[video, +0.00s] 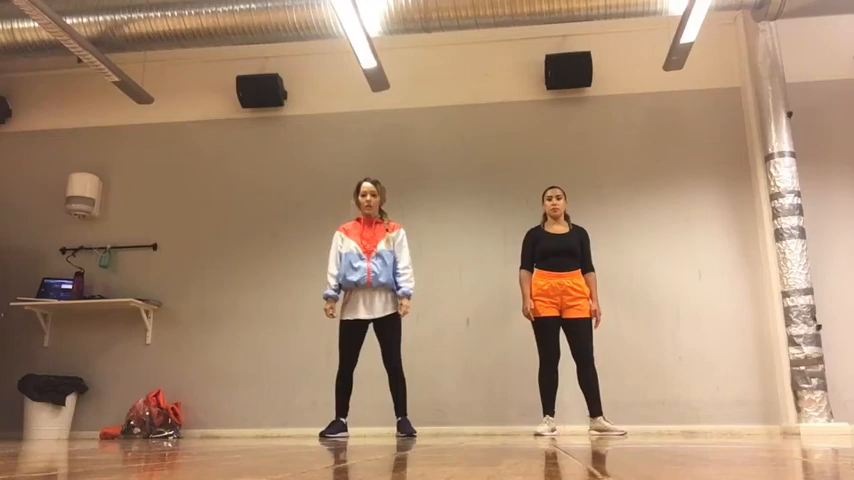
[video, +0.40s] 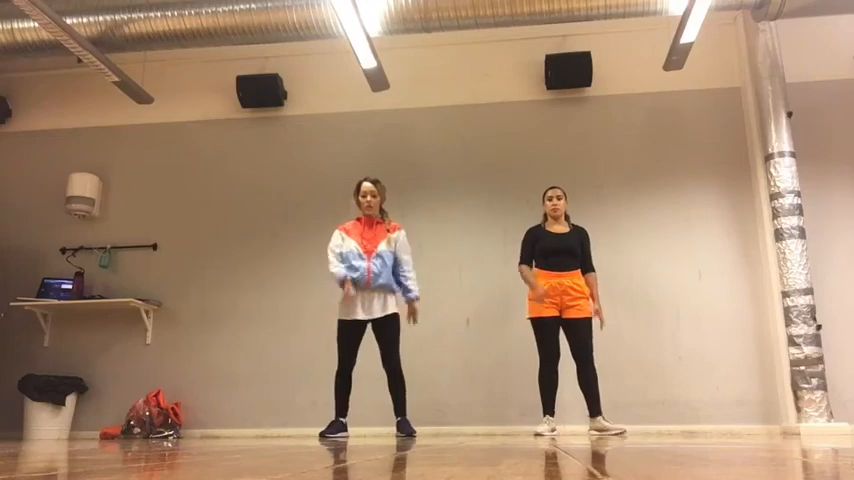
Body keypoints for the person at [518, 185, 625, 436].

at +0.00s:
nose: (554, 202)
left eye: (558, 198)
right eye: (549, 199)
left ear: (566, 203)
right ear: (543, 205)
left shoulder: (579, 233)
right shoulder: (533, 235)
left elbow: (588, 269)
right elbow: (526, 269)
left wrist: (595, 300)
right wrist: (527, 298)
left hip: (576, 299)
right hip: (544, 300)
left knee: (585, 358)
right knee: (548, 359)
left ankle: (597, 418)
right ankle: (548, 419)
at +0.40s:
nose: (555, 202)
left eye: (559, 198)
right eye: (550, 199)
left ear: (566, 204)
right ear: (543, 206)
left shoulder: (580, 233)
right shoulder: (534, 233)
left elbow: (588, 270)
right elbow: (523, 266)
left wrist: (596, 301)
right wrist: (534, 285)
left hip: (576, 299)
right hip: (544, 301)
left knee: (585, 358)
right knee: (548, 359)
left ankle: (596, 418)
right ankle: (548, 419)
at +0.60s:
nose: (558, 204)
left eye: (562, 199)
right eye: (553, 201)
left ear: (570, 205)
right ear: (547, 207)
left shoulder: (584, 233)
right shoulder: (541, 231)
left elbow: (597, 271)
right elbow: (550, 253)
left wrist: (613, 302)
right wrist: (589, 255)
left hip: (577, 298)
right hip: (544, 299)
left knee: (583, 357)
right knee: (545, 359)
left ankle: (594, 418)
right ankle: (547, 419)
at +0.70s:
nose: (560, 205)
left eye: (564, 201)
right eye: (555, 202)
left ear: (573, 206)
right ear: (550, 209)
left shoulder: (588, 234)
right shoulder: (546, 234)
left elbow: (604, 266)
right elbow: (556, 253)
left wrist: (628, 291)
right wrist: (578, 262)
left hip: (579, 298)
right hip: (547, 298)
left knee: (587, 357)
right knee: (540, 355)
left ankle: (594, 420)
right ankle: (546, 419)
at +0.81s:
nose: (563, 208)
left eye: (567, 204)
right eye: (558, 206)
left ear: (576, 209)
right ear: (553, 213)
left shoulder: (591, 233)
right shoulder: (551, 238)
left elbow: (608, 260)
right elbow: (539, 262)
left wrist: (641, 269)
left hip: (588, 300)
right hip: (556, 299)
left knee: (595, 358)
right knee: (542, 354)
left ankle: (595, 419)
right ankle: (542, 415)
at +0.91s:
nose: (570, 217)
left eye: (574, 212)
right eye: (565, 213)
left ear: (580, 214)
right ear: (557, 216)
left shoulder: (593, 232)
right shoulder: (549, 243)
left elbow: (616, 256)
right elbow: (525, 273)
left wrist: (622, 253)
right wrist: (497, 295)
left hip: (596, 298)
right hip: (564, 296)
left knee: (606, 362)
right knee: (564, 324)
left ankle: (597, 420)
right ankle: (548, 383)